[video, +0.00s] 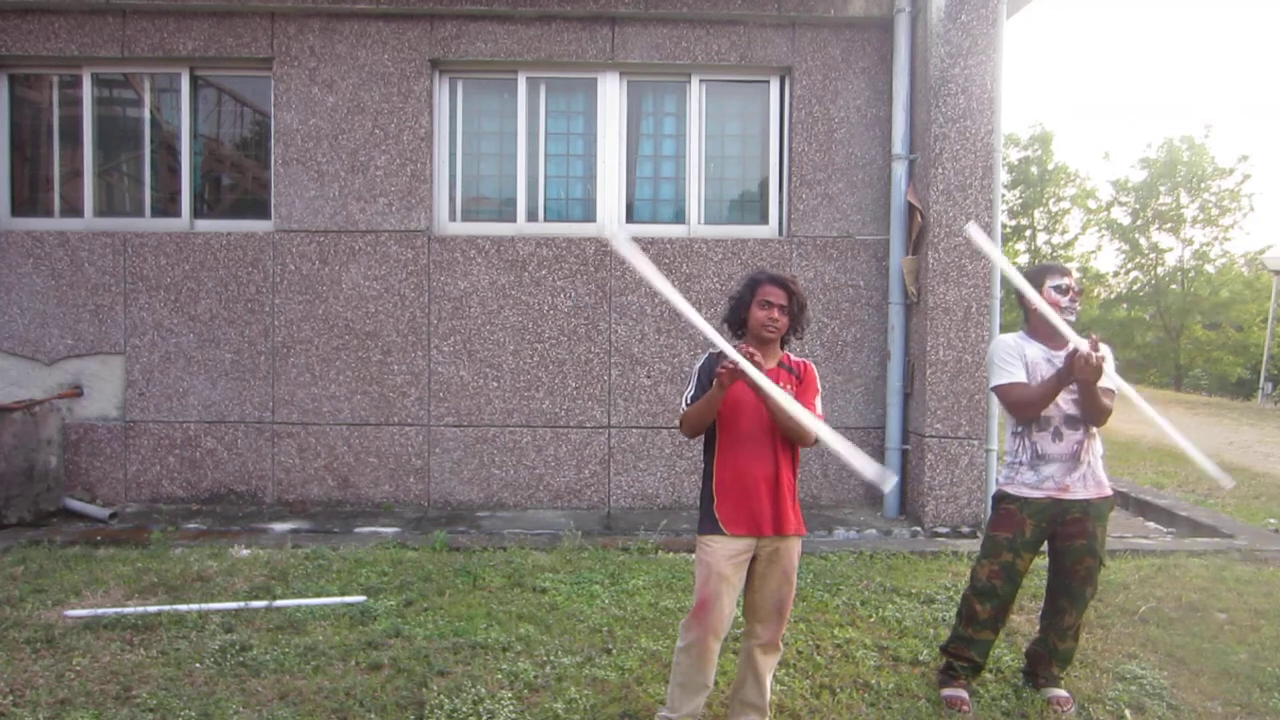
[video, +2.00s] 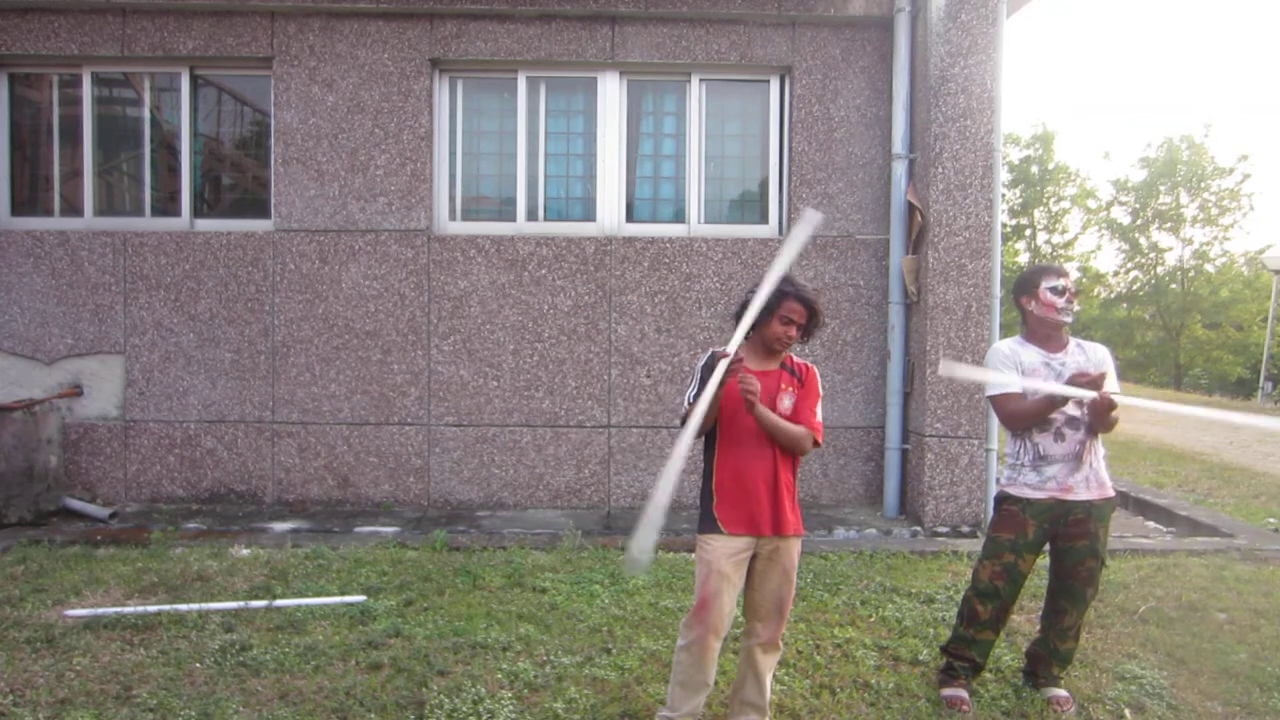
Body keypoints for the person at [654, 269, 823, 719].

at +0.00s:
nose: (774, 315)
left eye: (783, 309)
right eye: (765, 305)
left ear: (791, 320)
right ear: (744, 311)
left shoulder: (801, 370)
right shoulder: (717, 362)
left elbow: (806, 436)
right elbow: (689, 427)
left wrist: (764, 381)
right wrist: (722, 386)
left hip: (782, 519)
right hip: (725, 518)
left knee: (767, 635)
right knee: (707, 623)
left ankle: (750, 714)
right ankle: (679, 714)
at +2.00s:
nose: (792, 333)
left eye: (800, 326)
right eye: (785, 321)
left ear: (804, 330)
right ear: (759, 316)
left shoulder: (804, 373)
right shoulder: (719, 363)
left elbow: (805, 442)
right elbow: (695, 426)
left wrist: (758, 409)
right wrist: (719, 379)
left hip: (782, 520)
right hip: (725, 519)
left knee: (767, 635)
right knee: (707, 624)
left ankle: (749, 715)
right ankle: (678, 714)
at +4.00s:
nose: (788, 321)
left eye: (798, 315)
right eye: (781, 309)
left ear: (804, 326)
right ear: (758, 310)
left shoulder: (809, 374)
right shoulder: (722, 362)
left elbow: (805, 442)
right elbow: (696, 429)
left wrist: (766, 406)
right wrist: (724, 389)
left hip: (784, 521)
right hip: (727, 519)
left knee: (767, 635)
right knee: (709, 624)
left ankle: (749, 715)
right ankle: (678, 714)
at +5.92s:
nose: (779, 317)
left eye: (787, 311)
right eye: (771, 308)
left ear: (795, 320)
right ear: (749, 311)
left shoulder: (798, 359)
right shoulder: (720, 350)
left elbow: (791, 415)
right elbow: (712, 403)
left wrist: (764, 372)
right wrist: (745, 359)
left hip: (780, 516)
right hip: (723, 515)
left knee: (767, 632)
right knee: (704, 619)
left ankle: (749, 714)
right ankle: (678, 713)